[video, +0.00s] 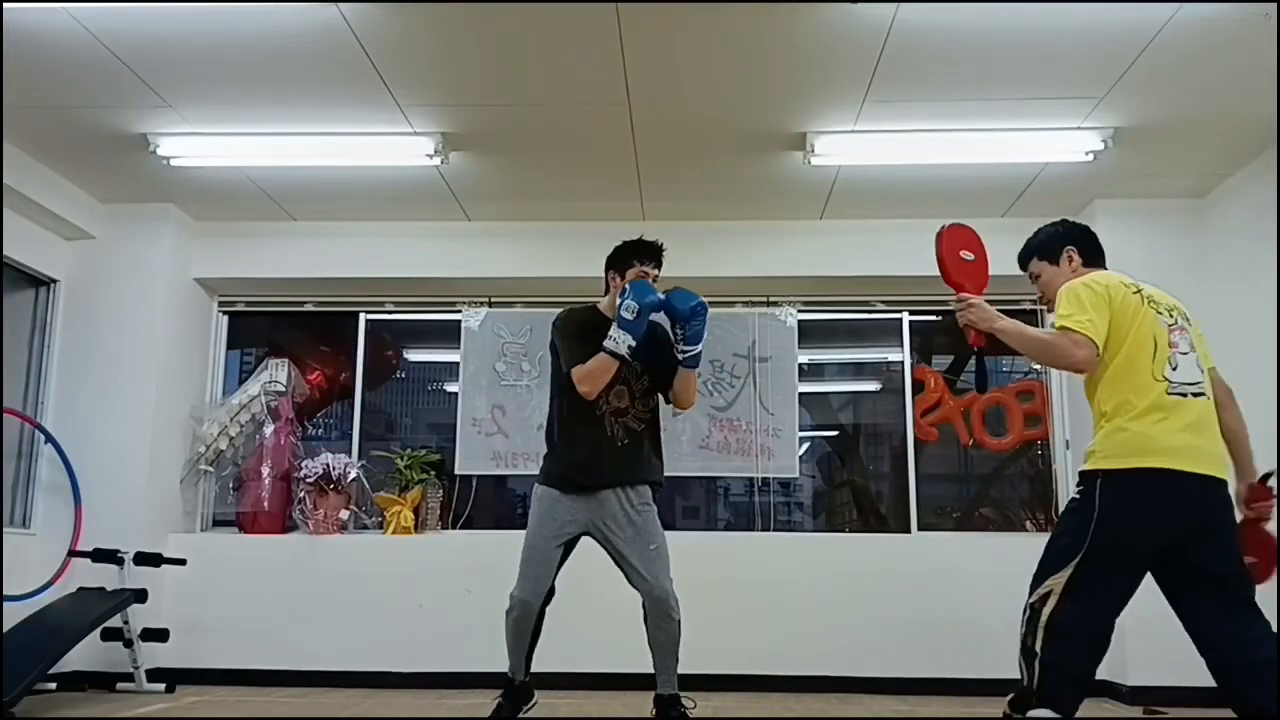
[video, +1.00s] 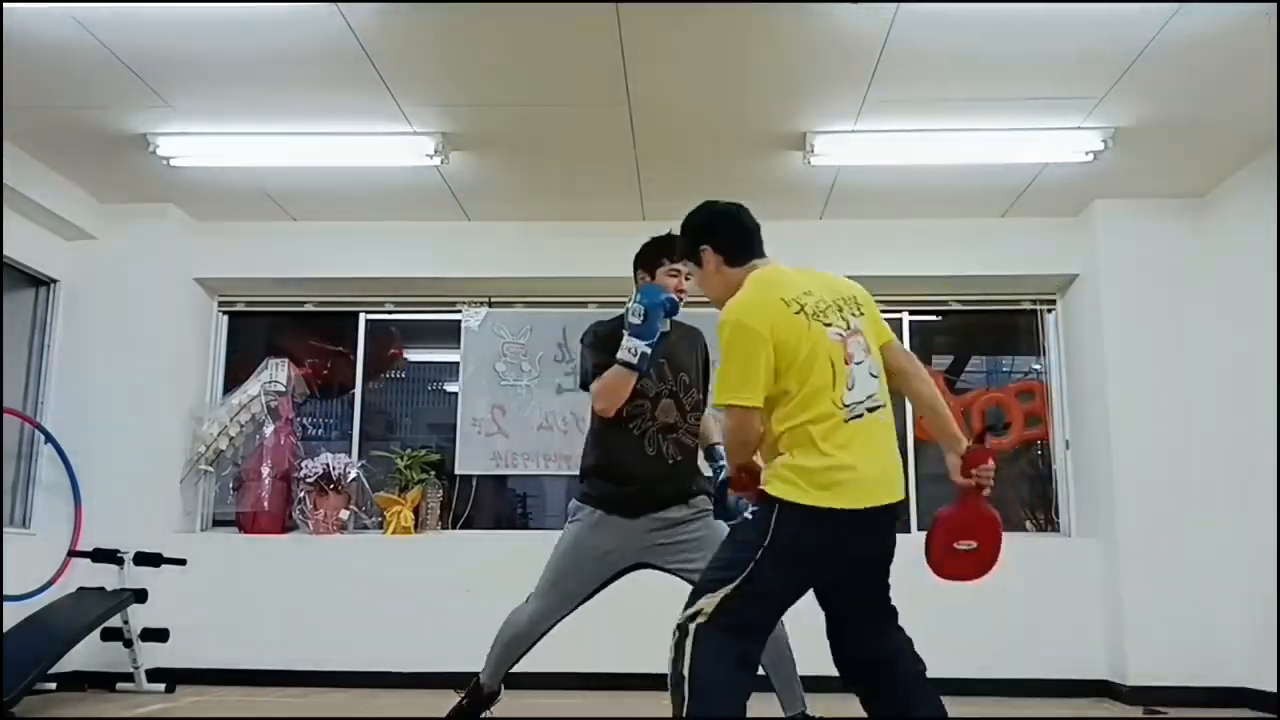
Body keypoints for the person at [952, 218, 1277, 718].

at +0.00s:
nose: (1038, 294)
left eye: (1038, 277)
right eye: (1033, 283)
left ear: (1071, 258)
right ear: (1089, 262)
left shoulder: (1088, 287)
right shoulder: (1173, 308)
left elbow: (1080, 353)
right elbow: (1221, 396)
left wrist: (997, 323)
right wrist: (1248, 480)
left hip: (1127, 480)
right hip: (1204, 489)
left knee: (1064, 606)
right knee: (1234, 623)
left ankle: (1044, 708)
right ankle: (1267, 705)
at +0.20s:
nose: (1004, 304)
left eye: (1004, 291)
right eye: (1000, 295)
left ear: (1032, 274)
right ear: (1054, 274)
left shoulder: (1040, 309)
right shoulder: (1141, 317)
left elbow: (987, 375)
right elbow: (1213, 374)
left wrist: (946, 318)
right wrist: (1272, 412)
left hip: (1081, 504)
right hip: (1162, 508)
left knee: (1004, 627)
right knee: (1212, 634)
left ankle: (987, 709)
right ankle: (1269, 701)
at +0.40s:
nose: (927, 266)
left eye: (927, 258)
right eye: (926, 259)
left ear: (948, 248)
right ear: (990, 245)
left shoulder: (931, 283)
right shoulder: (1056, 294)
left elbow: (849, 333)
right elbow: (1118, 372)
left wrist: (816, 302)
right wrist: (1161, 448)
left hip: (983, 493)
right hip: (1071, 487)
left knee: (959, 636)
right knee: (1135, 611)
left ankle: (969, 712)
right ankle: (1217, 703)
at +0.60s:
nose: (874, 219)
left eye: (875, 209)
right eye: (874, 210)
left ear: (893, 199)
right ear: (938, 198)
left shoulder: (883, 241)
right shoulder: (1004, 245)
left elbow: (856, 323)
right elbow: (1042, 330)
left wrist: (826, 392)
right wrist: (1036, 412)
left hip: (922, 430)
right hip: (999, 434)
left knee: (909, 570)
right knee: (987, 574)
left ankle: (899, 703)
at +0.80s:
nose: (805, 276)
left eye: (805, 261)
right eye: (801, 264)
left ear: (832, 248)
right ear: (861, 247)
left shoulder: (836, 297)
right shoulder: (939, 297)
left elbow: (820, 404)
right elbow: (978, 391)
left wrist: (799, 472)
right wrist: (994, 477)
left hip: (863, 490)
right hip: (939, 498)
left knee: (784, 598)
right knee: (916, 630)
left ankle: (725, 705)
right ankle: (940, 713)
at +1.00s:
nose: (697, 283)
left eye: (695, 268)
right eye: (694, 271)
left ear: (713, 255)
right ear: (756, 248)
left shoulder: (746, 310)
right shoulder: (845, 290)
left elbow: (743, 425)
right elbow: (909, 371)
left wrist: (741, 469)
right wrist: (957, 448)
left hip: (805, 501)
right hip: (878, 499)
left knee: (710, 627)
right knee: (867, 631)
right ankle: (922, 713)